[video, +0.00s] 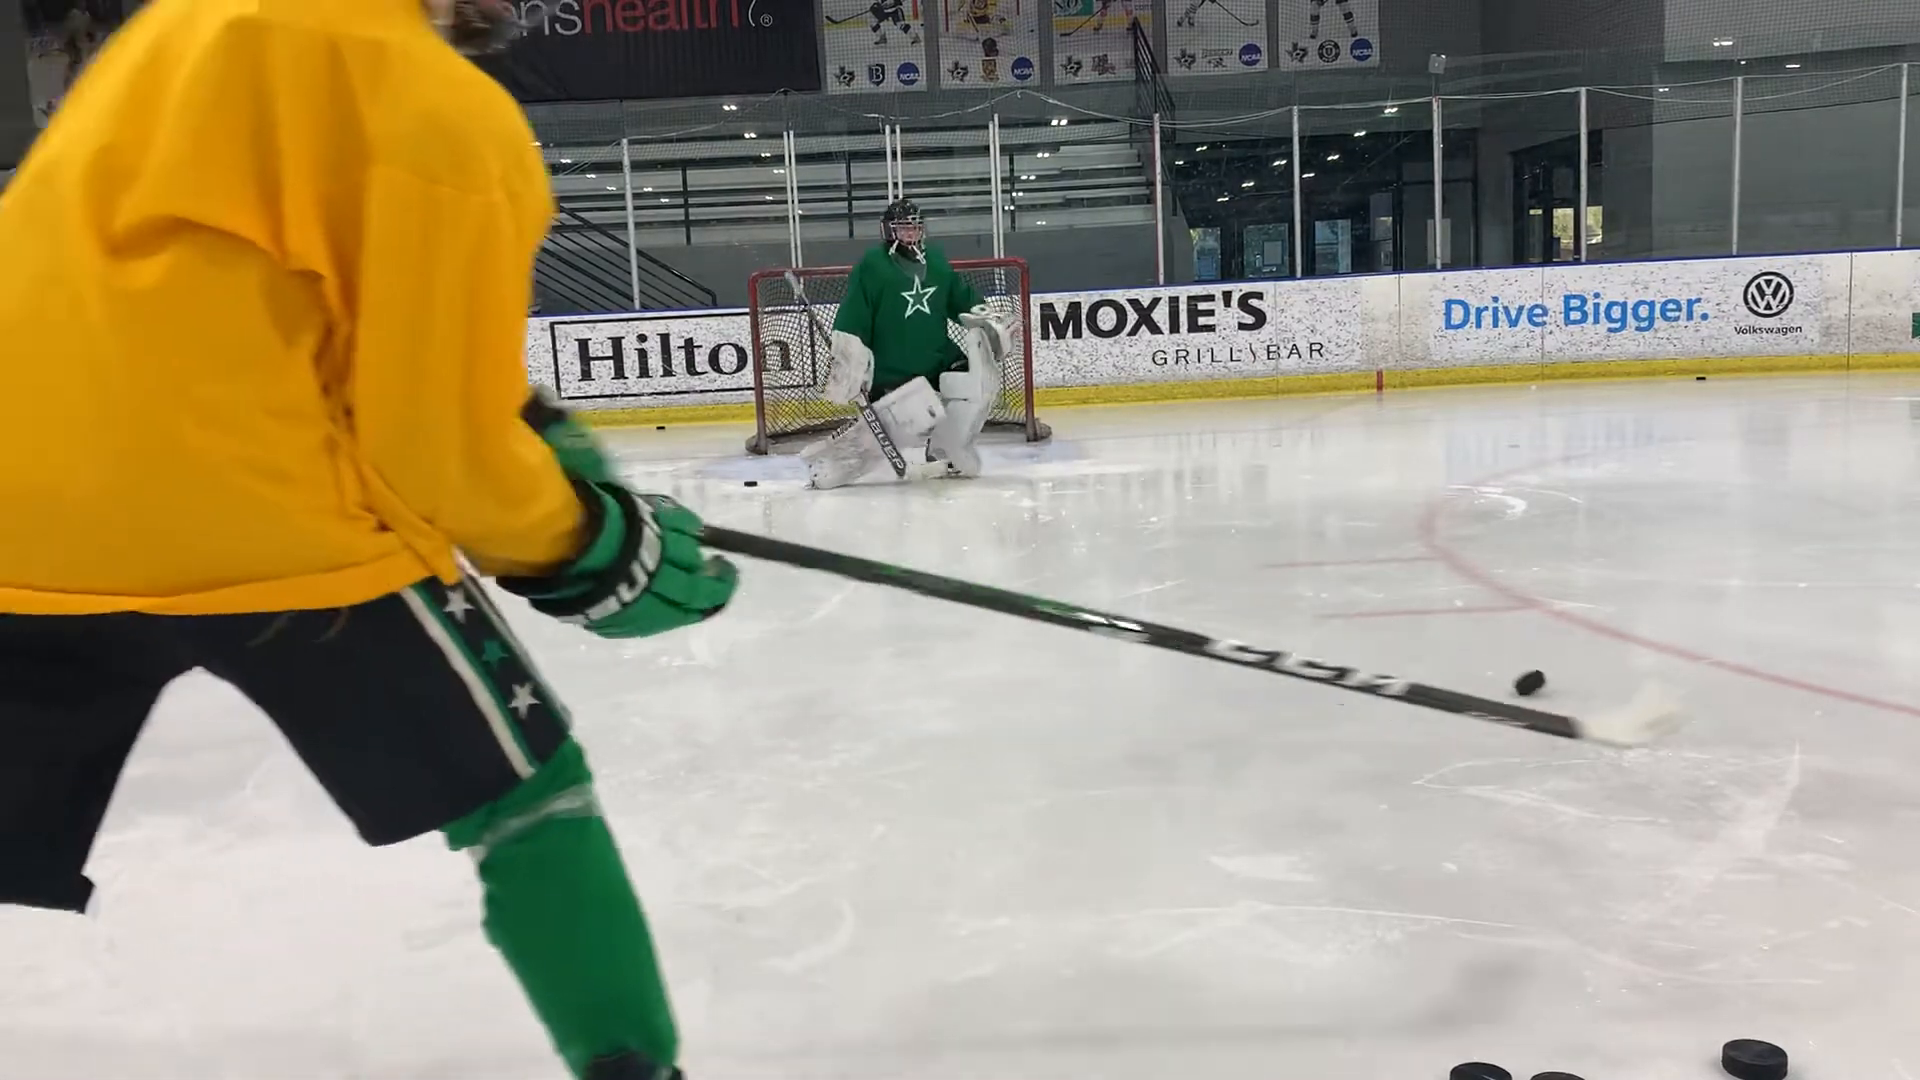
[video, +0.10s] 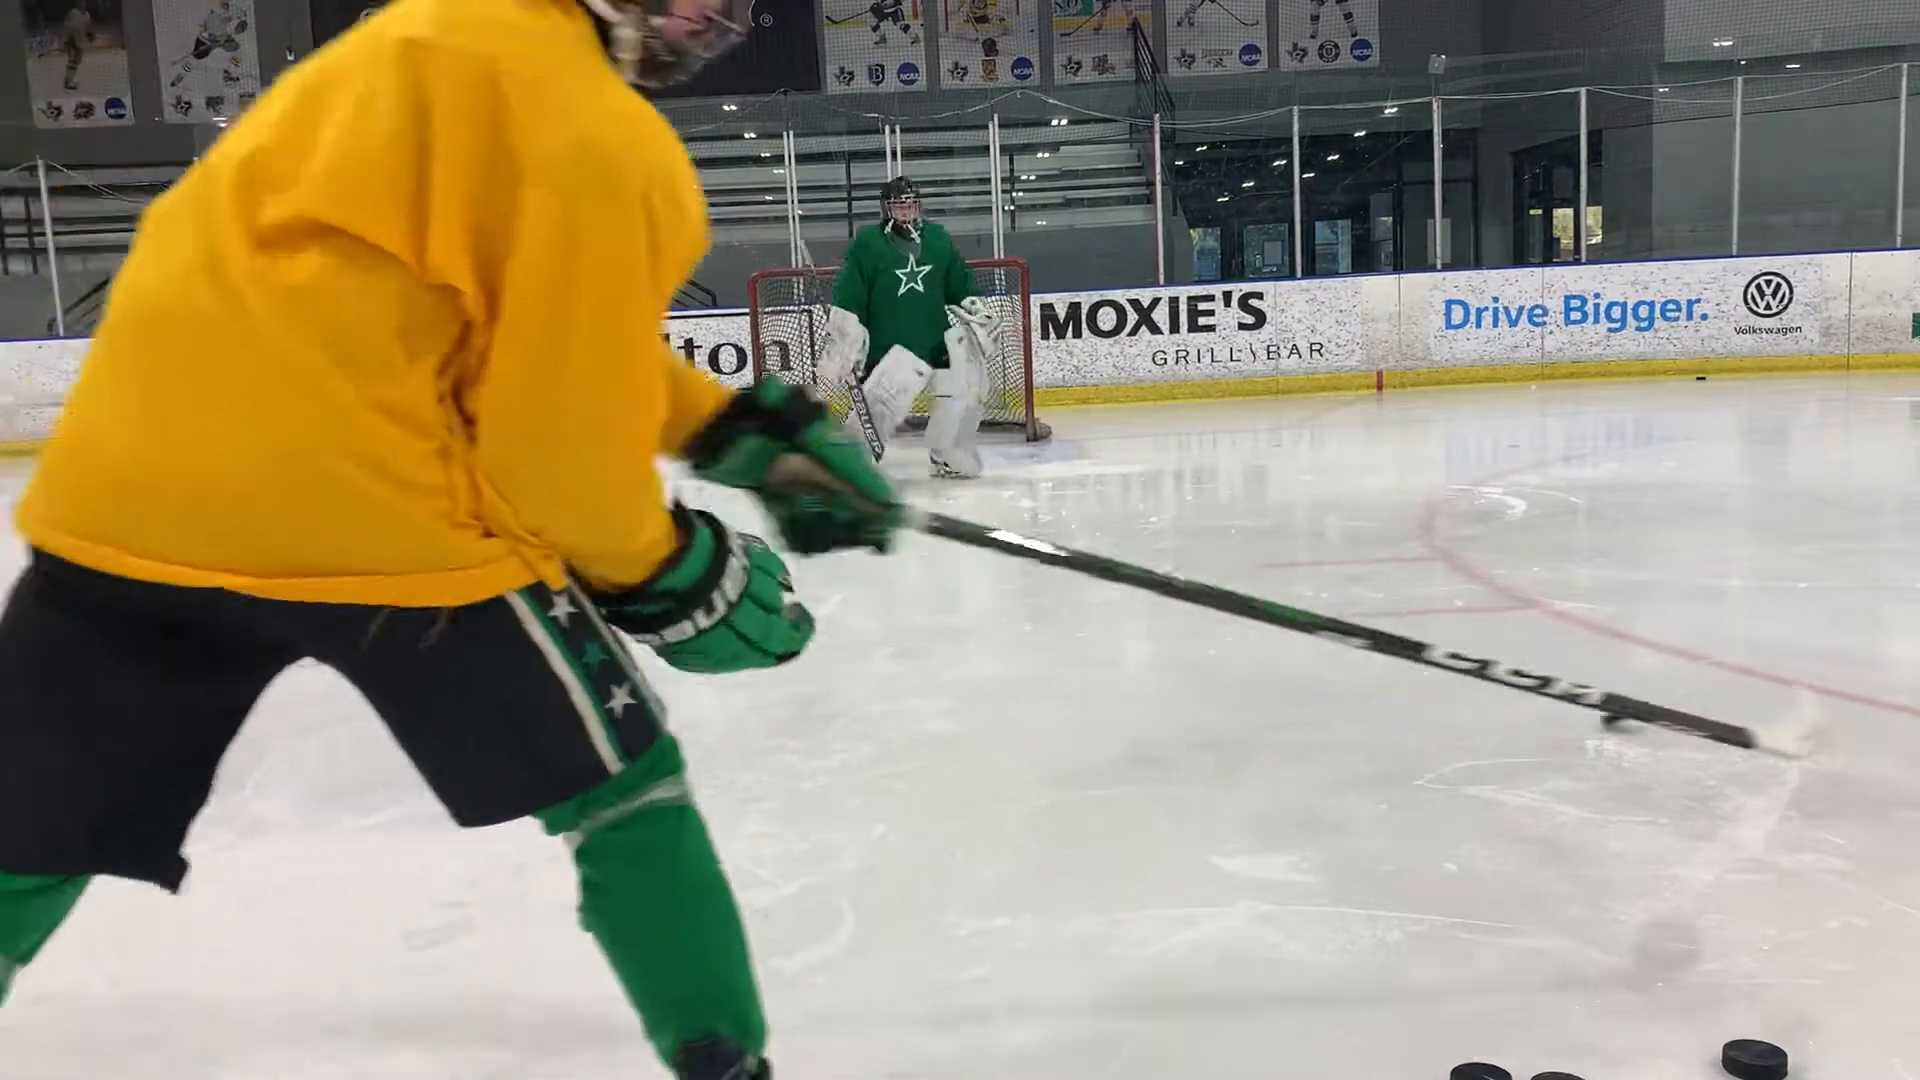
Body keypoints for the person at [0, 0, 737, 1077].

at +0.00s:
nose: (505, 18)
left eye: (508, 10)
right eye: (502, 5)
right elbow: (439, 441)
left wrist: (511, 428)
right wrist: (598, 553)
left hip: (34, 509)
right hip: (269, 506)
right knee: (524, 803)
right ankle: (630, 1057)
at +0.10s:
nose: (720, 22)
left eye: (738, 10)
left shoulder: (396, 47)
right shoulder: (606, 139)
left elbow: (527, 326)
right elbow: (560, 464)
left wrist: (743, 432)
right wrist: (683, 577)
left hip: (123, 485)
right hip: (379, 508)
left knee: (20, 863)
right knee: (621, 790)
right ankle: (721, 1059)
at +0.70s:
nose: (1111, 60)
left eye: (1126, 39)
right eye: (1097, 25)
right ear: (1013, 17)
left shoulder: (980, 165)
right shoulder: (934, 105)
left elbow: (988, 401)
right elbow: (842, 394)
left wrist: (1091, 564)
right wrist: (934, 556)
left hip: (537, 381)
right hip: (675, 411)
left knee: (715, 715)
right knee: (873, 736)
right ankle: (919, 1060)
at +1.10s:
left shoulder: (762, 25)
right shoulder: (759, 28)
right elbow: (703, 294)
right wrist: (812, 467)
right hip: (582, 393)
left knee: (759, 666)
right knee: (763, 687)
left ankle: (754, 898)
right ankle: (742, 1022)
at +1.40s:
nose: (744, 16)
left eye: (755, 9)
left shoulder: (534, 33)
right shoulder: (640, 84)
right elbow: (601, 338)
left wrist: (627, 477)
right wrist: (650, 513)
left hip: (352, 389)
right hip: (438, 408)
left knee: (493, 675)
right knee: (593, 717)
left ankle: (474, 879)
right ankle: (539, 1033)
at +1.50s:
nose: (687, 29)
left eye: (706, 24)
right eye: (694, 4)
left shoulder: (450, 24)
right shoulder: (590, 109)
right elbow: (545, 370)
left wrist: (537, 484)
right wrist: (580, 524)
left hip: (262, 386)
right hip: (368, 408)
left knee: (398, 663)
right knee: (535, 723)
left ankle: (363, 897)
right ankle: (501, 1041)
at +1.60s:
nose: (623, 26)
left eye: (636, 20)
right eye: (626, 6)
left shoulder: (363, 19)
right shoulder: (534, 118)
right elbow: (485, 398)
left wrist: (453, 477)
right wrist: (516, 532)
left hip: (162, 386)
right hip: (296, 414)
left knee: (303, 679)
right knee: (470, 732)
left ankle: (269, 923)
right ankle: (444, 1051)